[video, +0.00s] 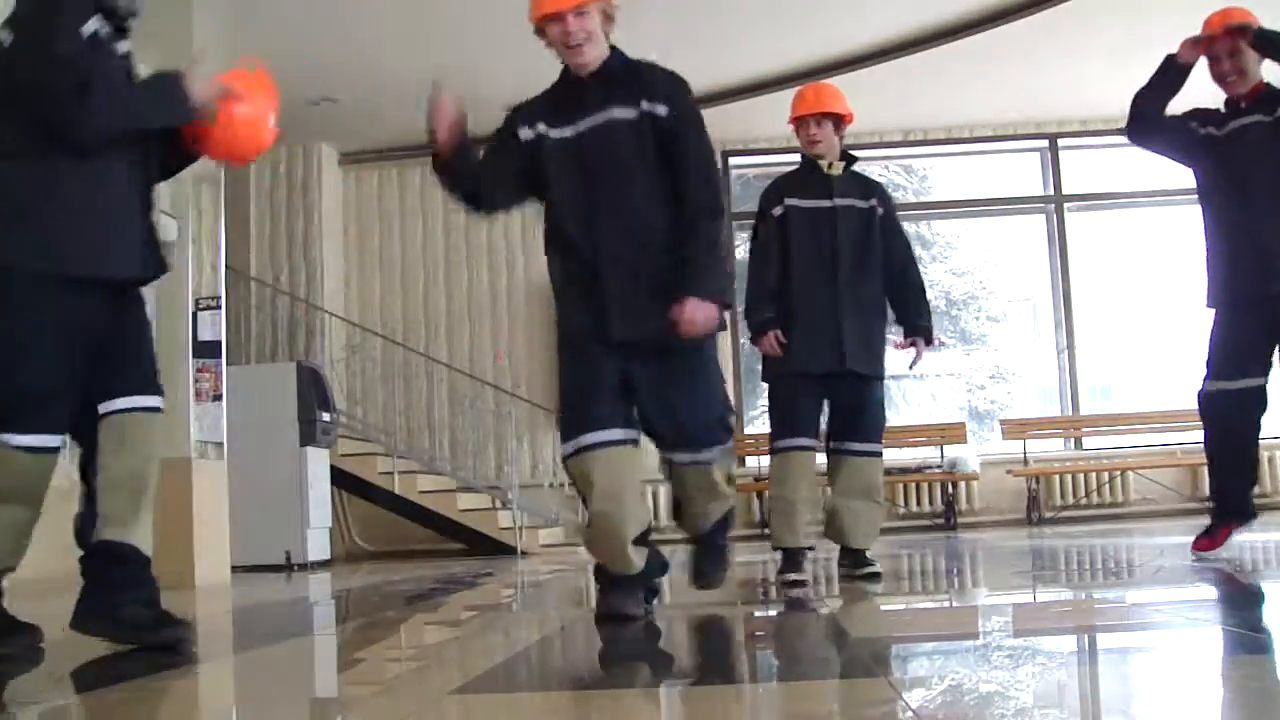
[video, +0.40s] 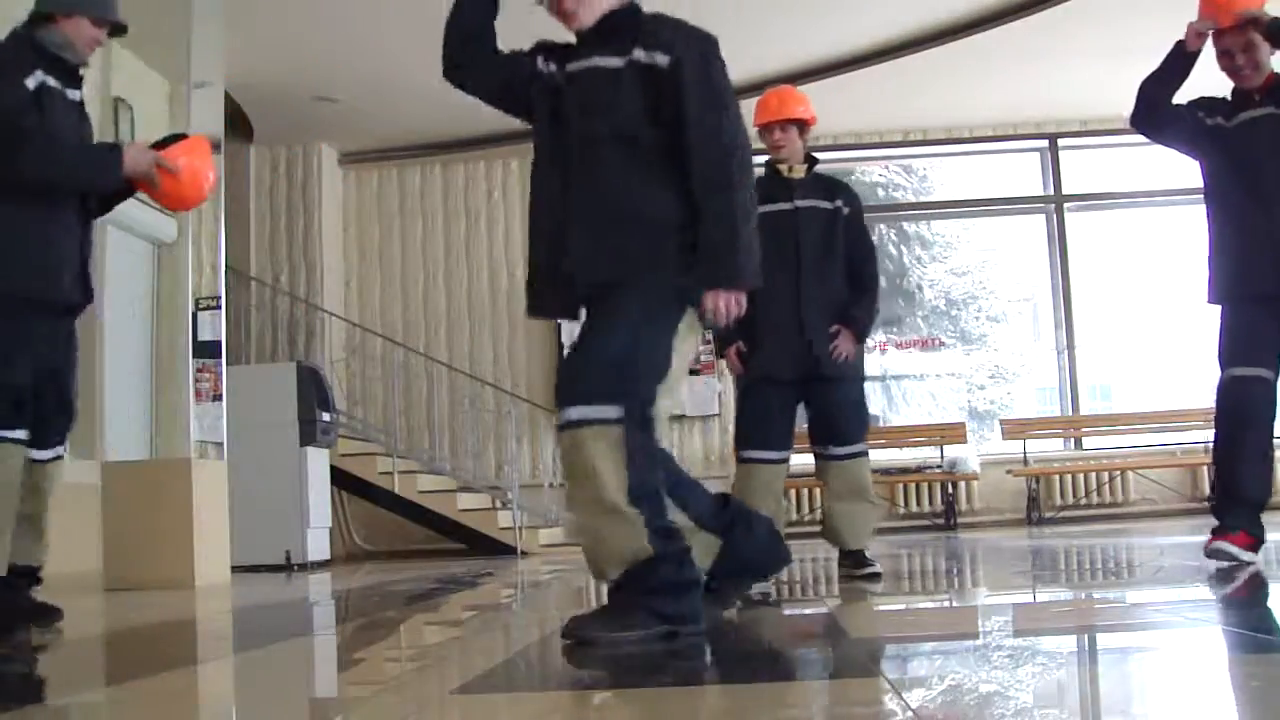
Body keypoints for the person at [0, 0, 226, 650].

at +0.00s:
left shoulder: (100, 37)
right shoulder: (47, 17)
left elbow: (117, 167)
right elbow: (81, 117)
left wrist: (190, 135)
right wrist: (178, 93)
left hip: (106, 268)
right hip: (35, 264)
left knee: (131, 419)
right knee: (27, 439)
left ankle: (116, 590)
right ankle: (0, 602)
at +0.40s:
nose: (104, 37)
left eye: (108, 28)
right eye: (98, 23)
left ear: (80, 23)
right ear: (62, 14)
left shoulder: (68, 87)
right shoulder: (14, 70)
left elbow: (71, 201)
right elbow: (25, 162)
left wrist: (132, 178)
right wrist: (116, 159)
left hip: (52, 294)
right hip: (15, 293)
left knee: (45, 441)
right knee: (12, 439)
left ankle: (19, 582)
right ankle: (6, 593)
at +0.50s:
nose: (105, 61)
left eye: (108, 52)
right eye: (101, 48)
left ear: (72, 41)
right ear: (68, 39)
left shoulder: (59, 102)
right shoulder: (21, 91)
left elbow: (67, 201)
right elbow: (31, 183)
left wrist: (131, 181)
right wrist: (119, 170)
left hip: (45, 306)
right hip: (21, 305)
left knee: (28, 444)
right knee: (18, 443)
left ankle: (6, 586)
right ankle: (3, 589)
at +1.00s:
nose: (142, 94)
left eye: (143, 84)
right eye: (136, 83)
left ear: (99, 84)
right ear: (107, 81)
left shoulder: (69, 131)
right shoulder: (90, 131)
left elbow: (114, 232)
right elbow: (116, 212)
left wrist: (181, 217)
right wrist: (191, 181)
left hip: (46, 326)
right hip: (81, 328)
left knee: (28, 454)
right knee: (99, 457)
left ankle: (3, 585)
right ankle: (141, 584)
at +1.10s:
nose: (160, 93)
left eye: (161, 83)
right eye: (153, 81)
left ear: (118, 85)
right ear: (123, 82)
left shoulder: (93, 134)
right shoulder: (112, 135)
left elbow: (136, 233)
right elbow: (134, 222)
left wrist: (206, 223)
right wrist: (207, 193)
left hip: (73, 325)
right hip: (102, 328)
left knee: (59, 447)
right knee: (114, 457)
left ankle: (7, 579)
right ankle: (141, 587)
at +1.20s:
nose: (175, 96)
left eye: (177, 87)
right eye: (167, 84)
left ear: (153, 88)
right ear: (136, 84)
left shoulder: (128, 139)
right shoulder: (120, 138)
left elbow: (149, 228)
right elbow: (132, 228)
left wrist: (223, 213)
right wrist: (211, 205)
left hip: (110, 327)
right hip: (115, 329)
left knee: (104, 446)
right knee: (129, 454)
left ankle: (26, 546)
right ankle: (140, 587)